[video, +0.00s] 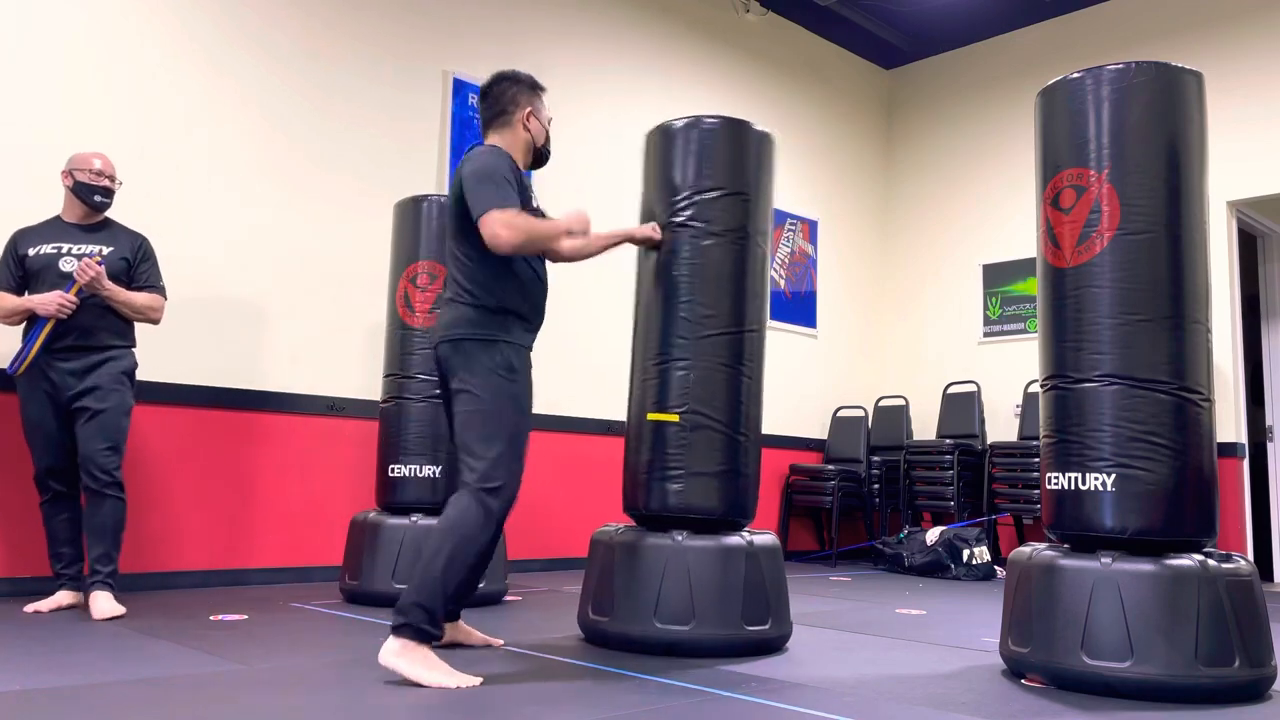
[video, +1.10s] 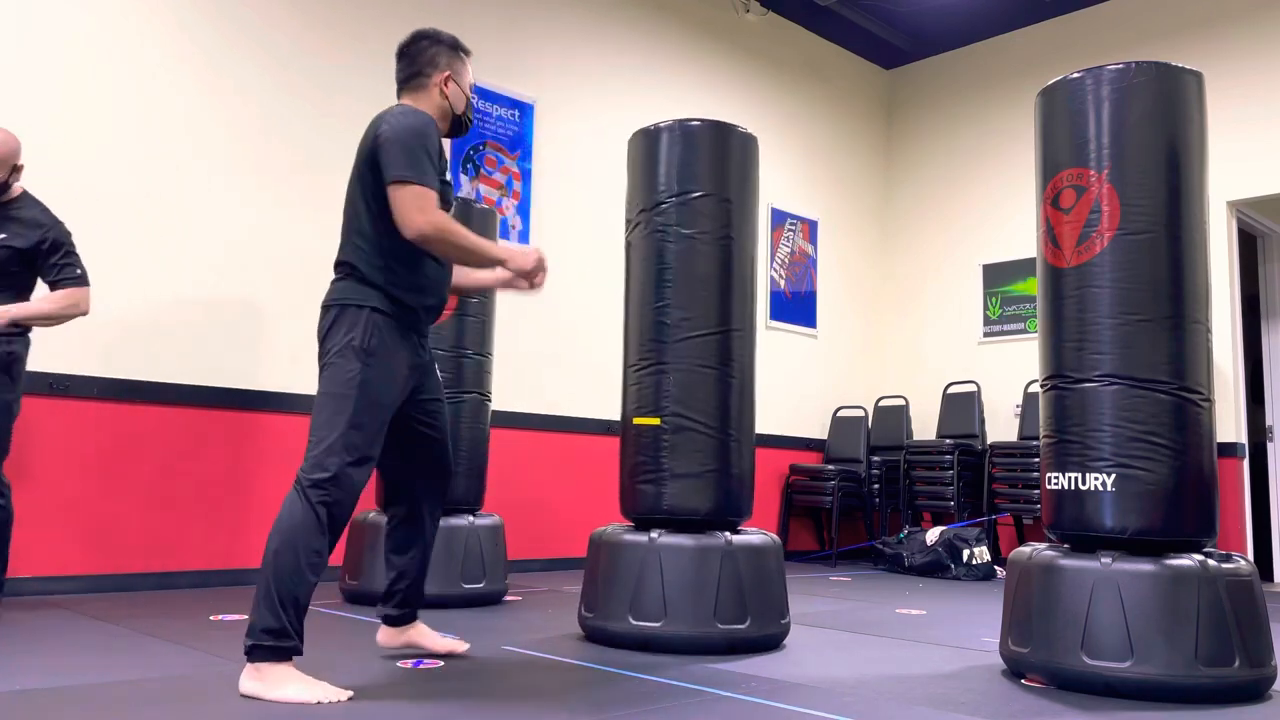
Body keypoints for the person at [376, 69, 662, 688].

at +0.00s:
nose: (549, 129)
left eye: (547, 119)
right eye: (546, 118)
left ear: (507, 117)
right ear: (527, 114)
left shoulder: (514, 182)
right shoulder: (488, 161)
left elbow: (563, 249)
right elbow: (501, 233)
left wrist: (630, 234)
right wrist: (563, 227)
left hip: (495, 345)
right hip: (481, 344)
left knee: (490, 484)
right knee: (487, 485)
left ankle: (444, 617)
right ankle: (409, 636)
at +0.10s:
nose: (550, 134)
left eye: (549, 126)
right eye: (547, 125)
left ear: (491, 125)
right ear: (532, 123)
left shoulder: (468, 180)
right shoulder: (514, 155)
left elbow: (515, 282)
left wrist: (579, 252)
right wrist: (574, 174)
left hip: (450, 329)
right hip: (493, 328)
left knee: (480, 477)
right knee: (498, 480)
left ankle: (447, 615)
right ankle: (416, 630)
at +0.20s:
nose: (547, 140)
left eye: (544, 132)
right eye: (545, 131)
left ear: (487, 133)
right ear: (530, 127)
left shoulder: (443, 188)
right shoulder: (537, 157)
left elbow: (443, 264)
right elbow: (639, 188)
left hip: (435, 323)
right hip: (487, 317)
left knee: (457, 474)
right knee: (464, 476)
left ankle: (445, 621)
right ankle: (409, 634)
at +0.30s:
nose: (539, 134)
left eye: (537, 126)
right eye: (537, 125)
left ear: (480, 125)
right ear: (521, 122)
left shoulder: (439, 182)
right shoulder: (528, 154)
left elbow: (435, 261)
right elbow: (621, 200)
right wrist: (658, 216)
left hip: (429, 321)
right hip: (479, 317)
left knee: (448, 471)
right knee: (453, 473)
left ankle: (444, 622)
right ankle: (404, 634)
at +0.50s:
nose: (505, 114)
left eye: (501, 104)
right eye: (502, 105)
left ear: (444, 111)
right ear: (489, 106)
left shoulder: (410, 173)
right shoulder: (491, 160)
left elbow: (392, 272)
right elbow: (514, 249)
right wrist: (537, 243)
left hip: (408, 319)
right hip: (458, 314)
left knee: (434, 472)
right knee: (442, 470)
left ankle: (441, 623)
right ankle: (322, 611)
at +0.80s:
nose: (471, 94)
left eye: (469, 84)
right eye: (469, 83)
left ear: (413, 82)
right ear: (451, 81)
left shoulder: (403, 129)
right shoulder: (423, 126)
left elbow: (408, 225)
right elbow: (428, 217)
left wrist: (465, 216)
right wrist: (487, 241)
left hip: (400, 319)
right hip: (387, 317)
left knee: (415, 476)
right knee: (343, 482)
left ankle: (405, 630)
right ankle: (269, 658)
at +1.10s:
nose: (470, 98)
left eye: (469, 88)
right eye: (467, 86)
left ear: (425, 81)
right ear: (445, 80)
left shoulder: (425, 152)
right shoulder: (408, 123)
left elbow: (432, 271)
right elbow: (417, 219)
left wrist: (505, 277)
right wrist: (503, 253)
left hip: (405, 331)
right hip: (368, 319)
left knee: (421, 473)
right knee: (328, 482)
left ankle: (399, 623)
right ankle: (267, 660)